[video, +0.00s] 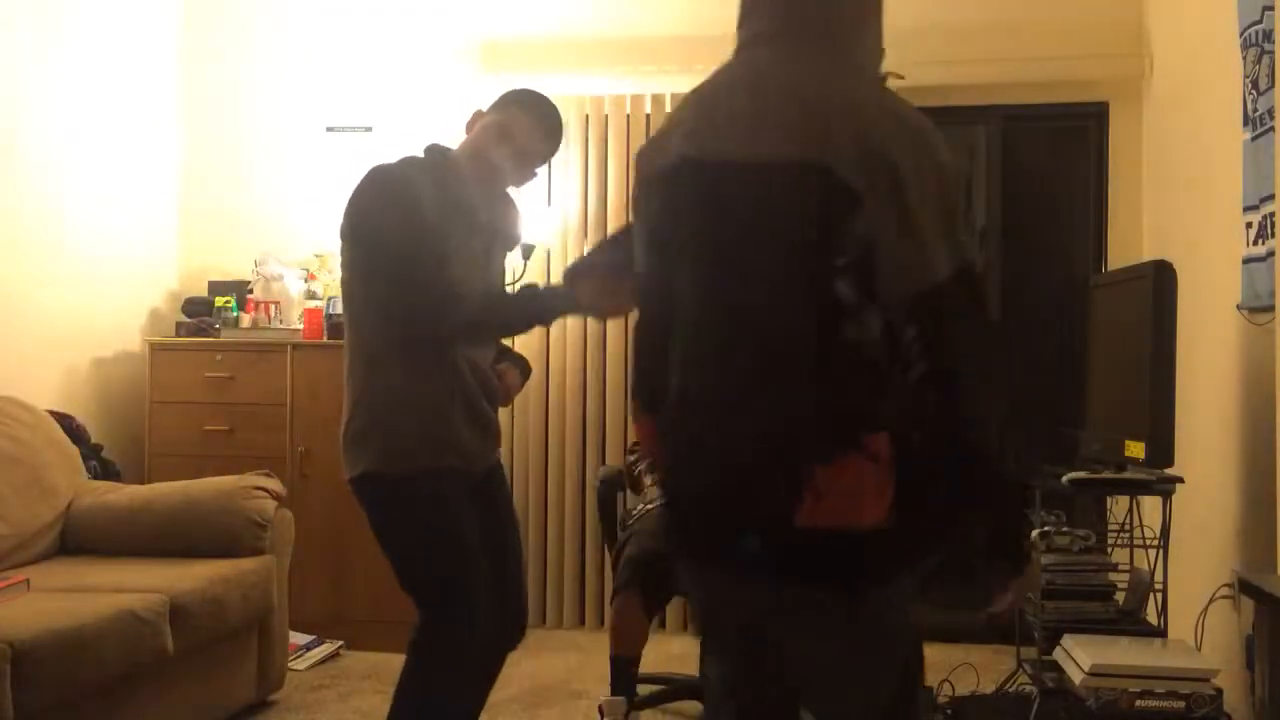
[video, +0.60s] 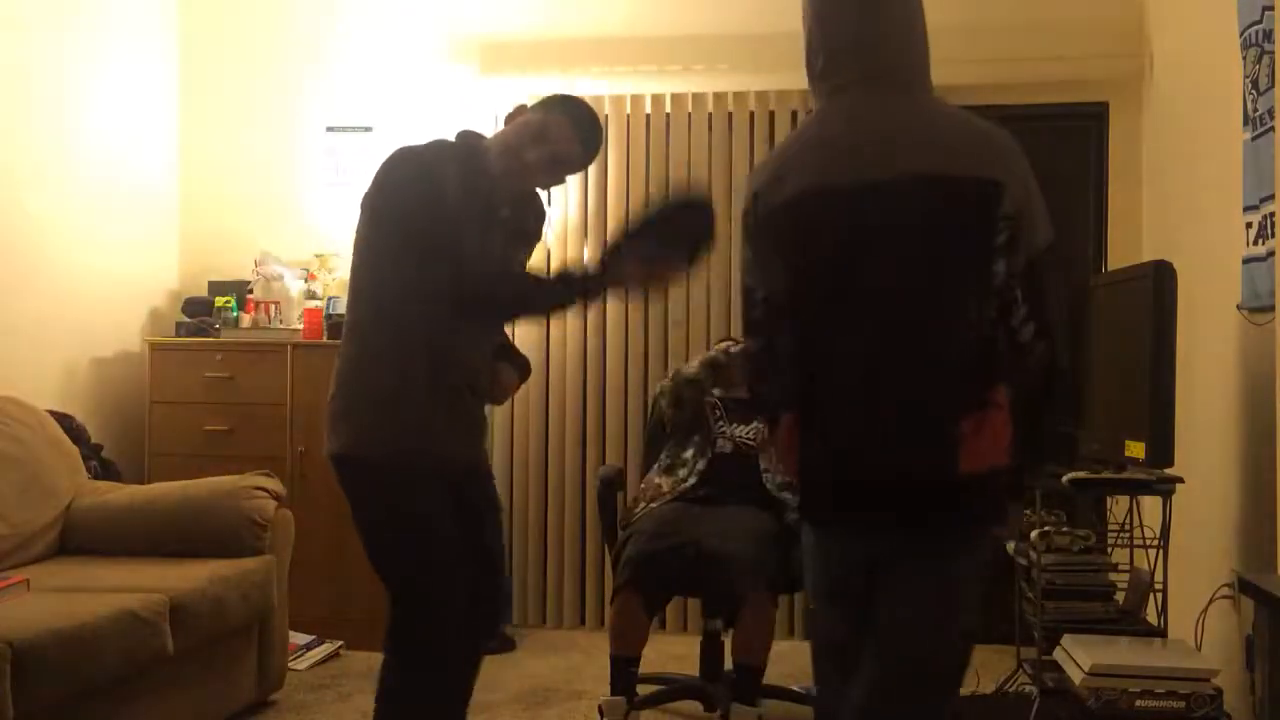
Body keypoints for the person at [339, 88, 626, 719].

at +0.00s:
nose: (512, 162)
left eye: (528, 162)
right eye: (507, 138)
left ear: (530, 172)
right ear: (476, 120)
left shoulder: (491, 221)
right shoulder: (396, 186)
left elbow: (474, 319)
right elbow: (434, 312)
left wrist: (508, 363)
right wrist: (566, 297)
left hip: (467, 445)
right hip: (401, 446)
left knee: (501, 619)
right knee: (460, 619)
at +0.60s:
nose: (544, 174)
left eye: (559, 173)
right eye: (547, 151)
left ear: (560, 176)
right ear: (521, 115)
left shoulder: (515, 216)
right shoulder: (423, 167)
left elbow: (478, 311)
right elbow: (468, 285)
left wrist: (509, 362)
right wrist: (599, 278)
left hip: (451, 439)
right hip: (387, 433)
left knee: (470, 615)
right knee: (436, 612)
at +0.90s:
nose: (530, 148)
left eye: (548, 148)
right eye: (533, 125)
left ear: (553, 162)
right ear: (508, 102)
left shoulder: (489, 198)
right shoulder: (424, 148)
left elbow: (471, 306)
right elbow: (535, 208)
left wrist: (504, 346)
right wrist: (600, 122)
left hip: (444, 432)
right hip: (387, 426)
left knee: (433, 622)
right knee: (411, 620)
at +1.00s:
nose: (529, 152)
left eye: (546, 152)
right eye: (531, 129)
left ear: (551, 162)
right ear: (507, 105)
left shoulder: (480, 193)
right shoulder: (425, 149)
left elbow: (466, 309)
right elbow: (540, 210)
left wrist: (506, 346)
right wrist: (602, 125)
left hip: (441, 432)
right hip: (388, 427)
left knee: (432, 619)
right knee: (410, 618)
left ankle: (421, 714)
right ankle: (397, 713)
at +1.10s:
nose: (533, 177)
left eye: (545, 169)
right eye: (540, 159)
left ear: (521, 129)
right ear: (519, 123)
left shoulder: (464, 179)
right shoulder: (427, 158)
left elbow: (438, 305)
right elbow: (545, 230)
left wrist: (497, 342)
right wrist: (602, 133)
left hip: (437, 432)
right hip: (387, 430)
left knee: (446, 618)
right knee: (407, 621)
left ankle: (429, 715)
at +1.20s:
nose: (542, 182)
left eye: (552, 171)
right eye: (549, 165)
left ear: (508, 125)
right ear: (522, 132)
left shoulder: (453, 176)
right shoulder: (437, 167)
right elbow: (554, 245)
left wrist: (476, 340)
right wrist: (609, 147)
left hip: (431, 431)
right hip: (385, 430)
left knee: (477, 585)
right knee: (395, 599)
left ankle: (434, 712)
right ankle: (389, 714)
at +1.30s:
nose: (539, 183)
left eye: (549, 172)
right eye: (545, 166)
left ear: (502, 127)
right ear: (513, 132)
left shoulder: (448, 177)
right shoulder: (438, 174)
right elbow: (557, 254)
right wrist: (605, 157)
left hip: (430, 433)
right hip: (388, 431)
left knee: (482, 583)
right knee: (397, 606)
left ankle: (435, 711)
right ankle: (390, 713)